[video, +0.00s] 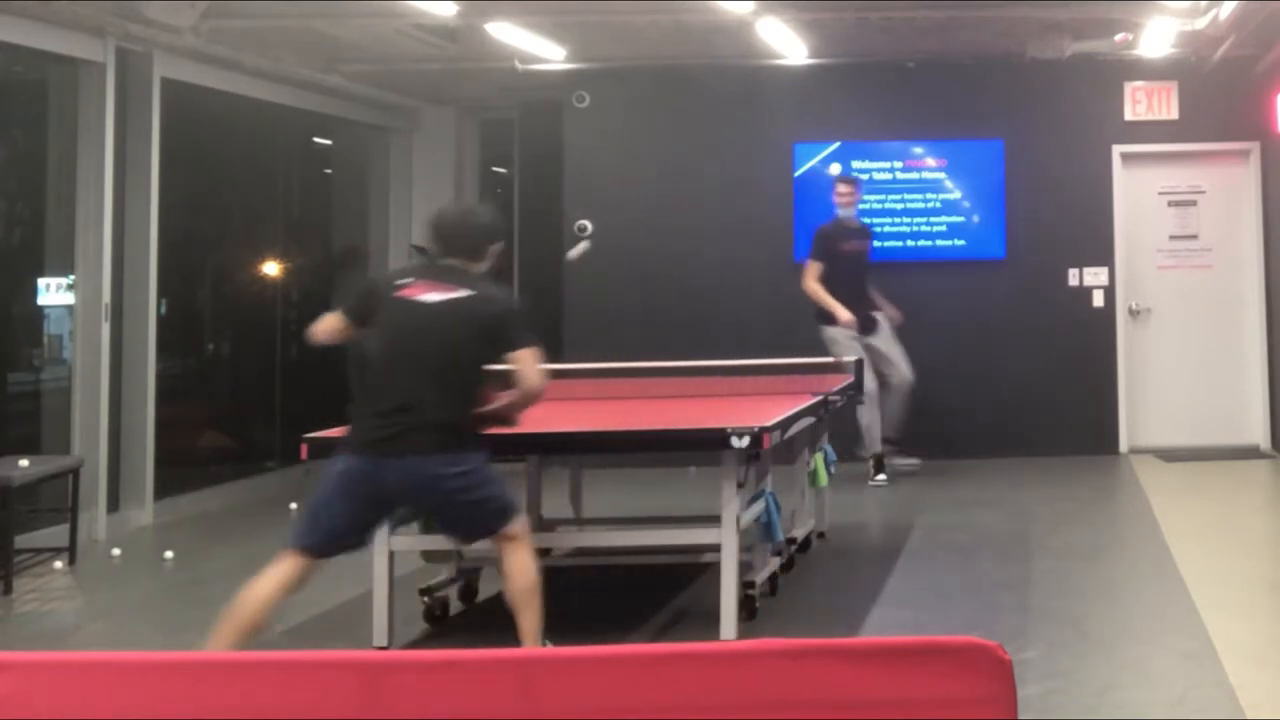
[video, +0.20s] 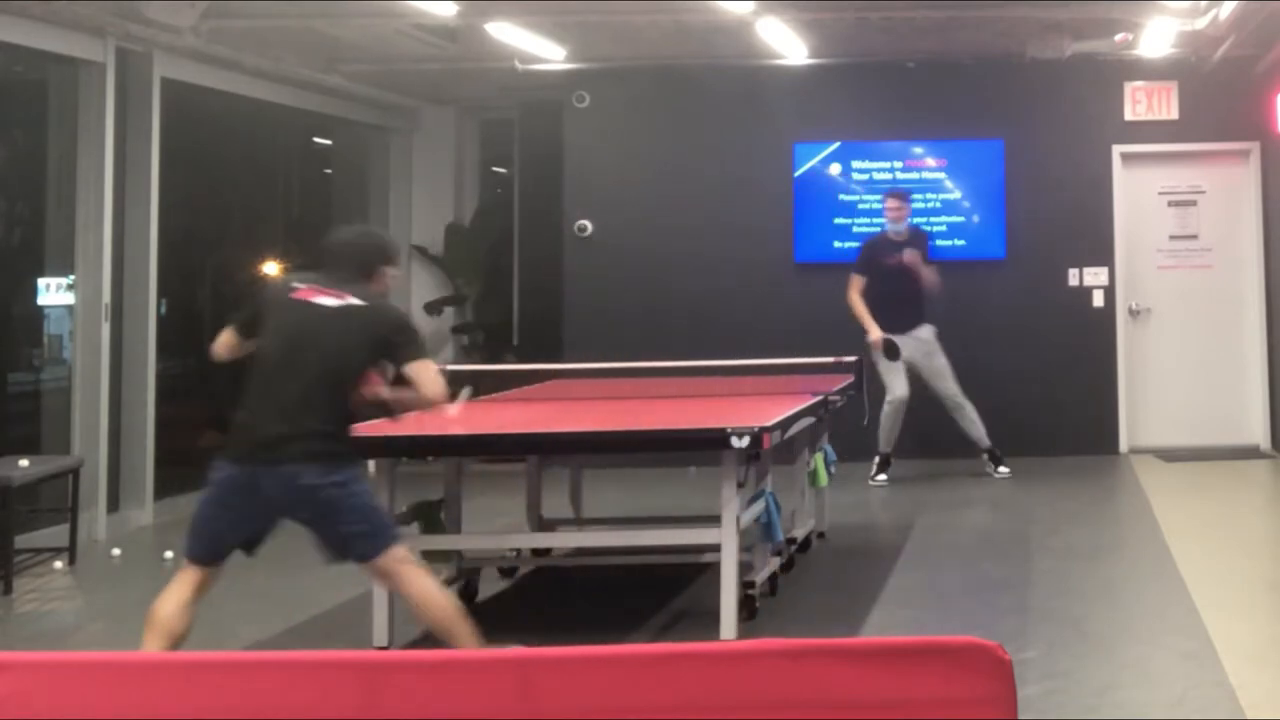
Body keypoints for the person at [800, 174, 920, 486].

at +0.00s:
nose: (844, 199)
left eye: (849, 194)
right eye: (840, 194)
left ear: (858, 196)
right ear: (833, 198)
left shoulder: (864, 232)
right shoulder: (826, 234)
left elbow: (861, 279)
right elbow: (809, 281)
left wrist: (885, 307)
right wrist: (839, 310)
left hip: (870, 319)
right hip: (838, 324)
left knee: (902, 377)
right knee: (866, 387)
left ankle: (887, 444)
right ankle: (875, 457)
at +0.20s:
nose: (893, 214)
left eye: (898, 209)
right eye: (889, 210)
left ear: (908, 211)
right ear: (883, 212)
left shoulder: (919, 240)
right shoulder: (872, 247)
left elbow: (935, 286)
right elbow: (853, 294)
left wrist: (918, 265)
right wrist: (872, 329)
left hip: (919, 333)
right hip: (884, 338)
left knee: (952, 394)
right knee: (898, 394)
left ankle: (990, 453)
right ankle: (882, 459)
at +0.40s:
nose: (915, 211)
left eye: (920, 206)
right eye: (910, 207)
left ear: (932, 206)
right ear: (905, 210)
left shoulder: (948, 233)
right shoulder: (899, 244)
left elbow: (959, 275)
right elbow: (891, 288)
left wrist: (926, 242)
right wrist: (889, 327)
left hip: (950, 330)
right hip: (911, 332)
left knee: (975, 393)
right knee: (898, 391)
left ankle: (992, 455)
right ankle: (893, 459)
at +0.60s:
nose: (917, 210)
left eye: (922, 205)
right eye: (913, 206)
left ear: (934, 204)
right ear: (908, 207)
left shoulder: (951, 230)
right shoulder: (904, 242)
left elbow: (956, 275)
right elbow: (898, 282)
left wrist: (928, 241)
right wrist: (897, 320)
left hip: (958, 325)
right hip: (919, 327)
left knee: (981, 388)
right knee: (905, 390)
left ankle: (997, 452)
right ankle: (902, 456)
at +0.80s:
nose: (941, 223)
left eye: (946, 218)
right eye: (937, 218)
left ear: (956, 215)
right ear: (931, 217)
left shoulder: (972, 238)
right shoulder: (923, 249)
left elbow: (981, 284)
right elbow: (906, 299)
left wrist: (953, 252)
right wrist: (923, 319)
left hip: (970, 329)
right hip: (931, 331)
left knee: (993, 388)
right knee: (911, 388)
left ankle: (1013, 454)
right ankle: (903, 457)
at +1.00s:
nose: (967, 228)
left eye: (972, 223)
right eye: (962, 223)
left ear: (981, 221)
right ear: (956, 223)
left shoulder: (993, 246)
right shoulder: (950, 252)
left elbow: (1003, 291)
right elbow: (937, 302)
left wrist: (982, 258)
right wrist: (954, 319)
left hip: (985, 329)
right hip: (947, 328)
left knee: (1002, 388)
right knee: (919, 390)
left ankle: (1013, 455)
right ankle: (905, 456)